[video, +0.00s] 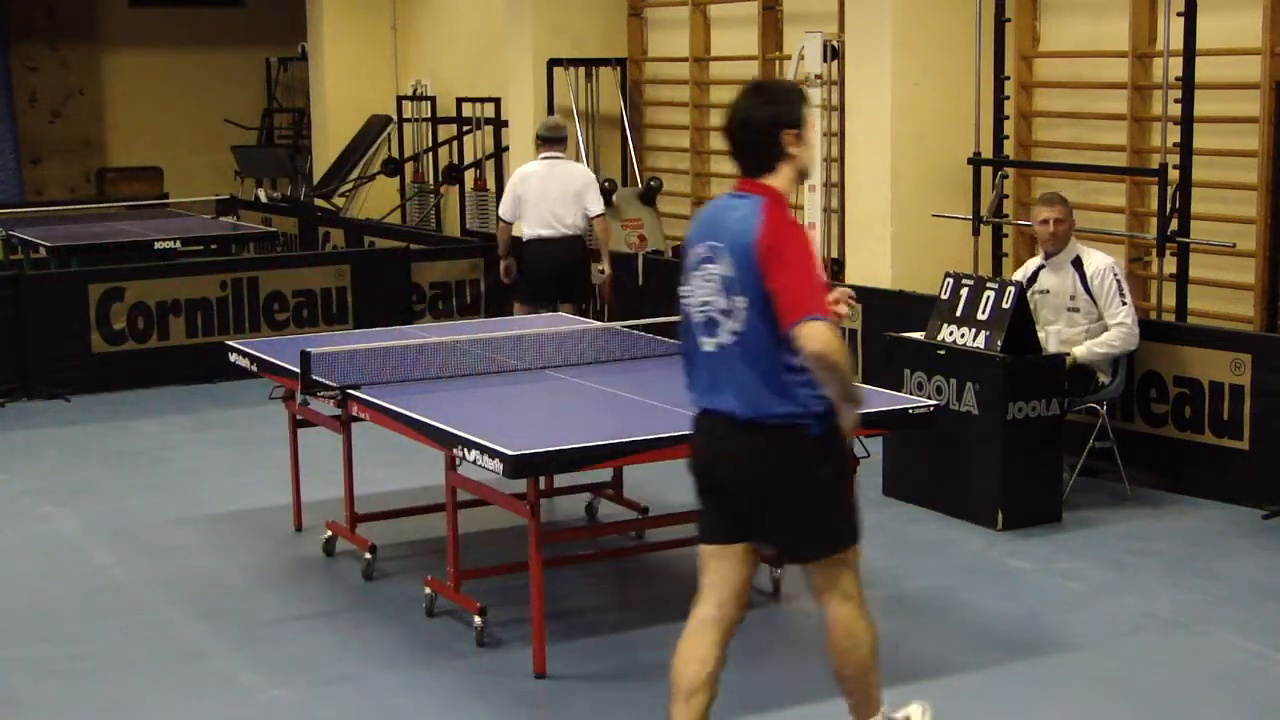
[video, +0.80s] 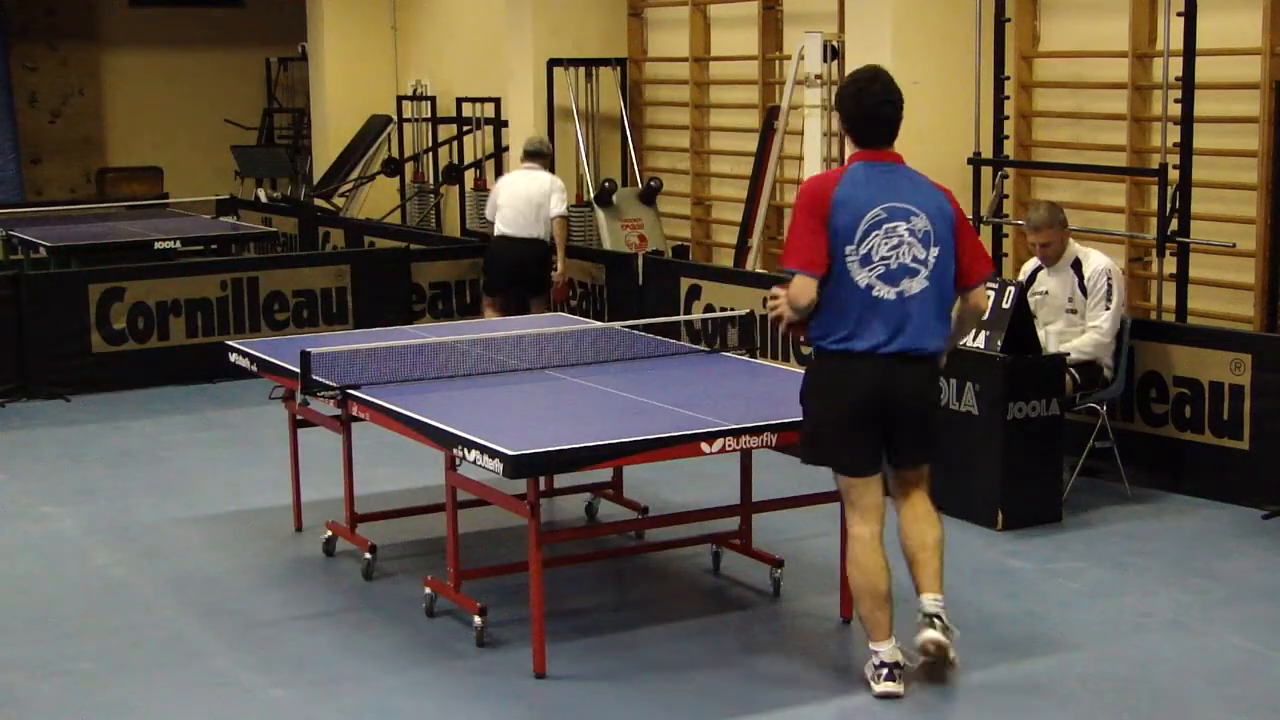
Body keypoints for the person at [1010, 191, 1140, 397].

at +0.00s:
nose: (1051, 230)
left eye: (1059, 222)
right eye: (1044, 223)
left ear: (1072, 225)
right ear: (1034, 228)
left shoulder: (1101, 268)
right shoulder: (1024, 275)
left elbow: (1127, 334)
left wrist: (1073, 357)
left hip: (1088, 374)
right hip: (1035, 373)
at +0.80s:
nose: (1039, 253)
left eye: (1046, 245)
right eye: (1033, 245)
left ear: (1066, 234)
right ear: (1026, 239)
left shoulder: (1099, 269)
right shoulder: (1029, 271)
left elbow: (1101, 338)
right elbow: (1017, 326)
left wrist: (1052, 361)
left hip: (1088, 365)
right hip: (1038, 364)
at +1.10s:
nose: (1046, 264)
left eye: (1054, 259)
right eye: (1044, 257)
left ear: (1076, 248)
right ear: (1039, 246)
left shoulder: (1102, 282)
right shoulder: (1044, 268)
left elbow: (1083, 347)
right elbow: (1035, 320)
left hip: (1092, 367)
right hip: (1050, 359)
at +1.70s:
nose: (1043, 280)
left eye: (1051, 274)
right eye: (1040, 273)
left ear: (1071, 265)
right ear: (1037, 262)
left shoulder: (1096, 300)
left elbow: (1071, 360)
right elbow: (1045, 312)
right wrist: (1018, 340)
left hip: (1097, 372)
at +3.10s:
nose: (1035, 264)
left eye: (1039, 259)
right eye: (1035, 259)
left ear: (1063, 253)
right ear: (1062, 253)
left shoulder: (1098, 292)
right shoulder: (1060, 271)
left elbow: (1076, 351)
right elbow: (1041, 321)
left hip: (1103, 369)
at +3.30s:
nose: (1032, 248)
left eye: (1037, 242)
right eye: (1033, 241)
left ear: (1059, 248)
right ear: (1059, 248)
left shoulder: (1099, 289)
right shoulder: (1057, 267)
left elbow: (1076, 351)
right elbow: (1044, 313)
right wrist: (1016, 339)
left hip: (1100, 370)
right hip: (1065, 356)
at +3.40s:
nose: (1034, 246)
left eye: (1040, 241)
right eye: (1035, 239)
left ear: (1064, 243)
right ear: (1063, 244)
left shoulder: (1101, 287)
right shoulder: (1058, 267)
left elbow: (1076, 351)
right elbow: (1043, 316)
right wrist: (1013, 340)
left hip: (1097, 372)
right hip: (1064, 356)